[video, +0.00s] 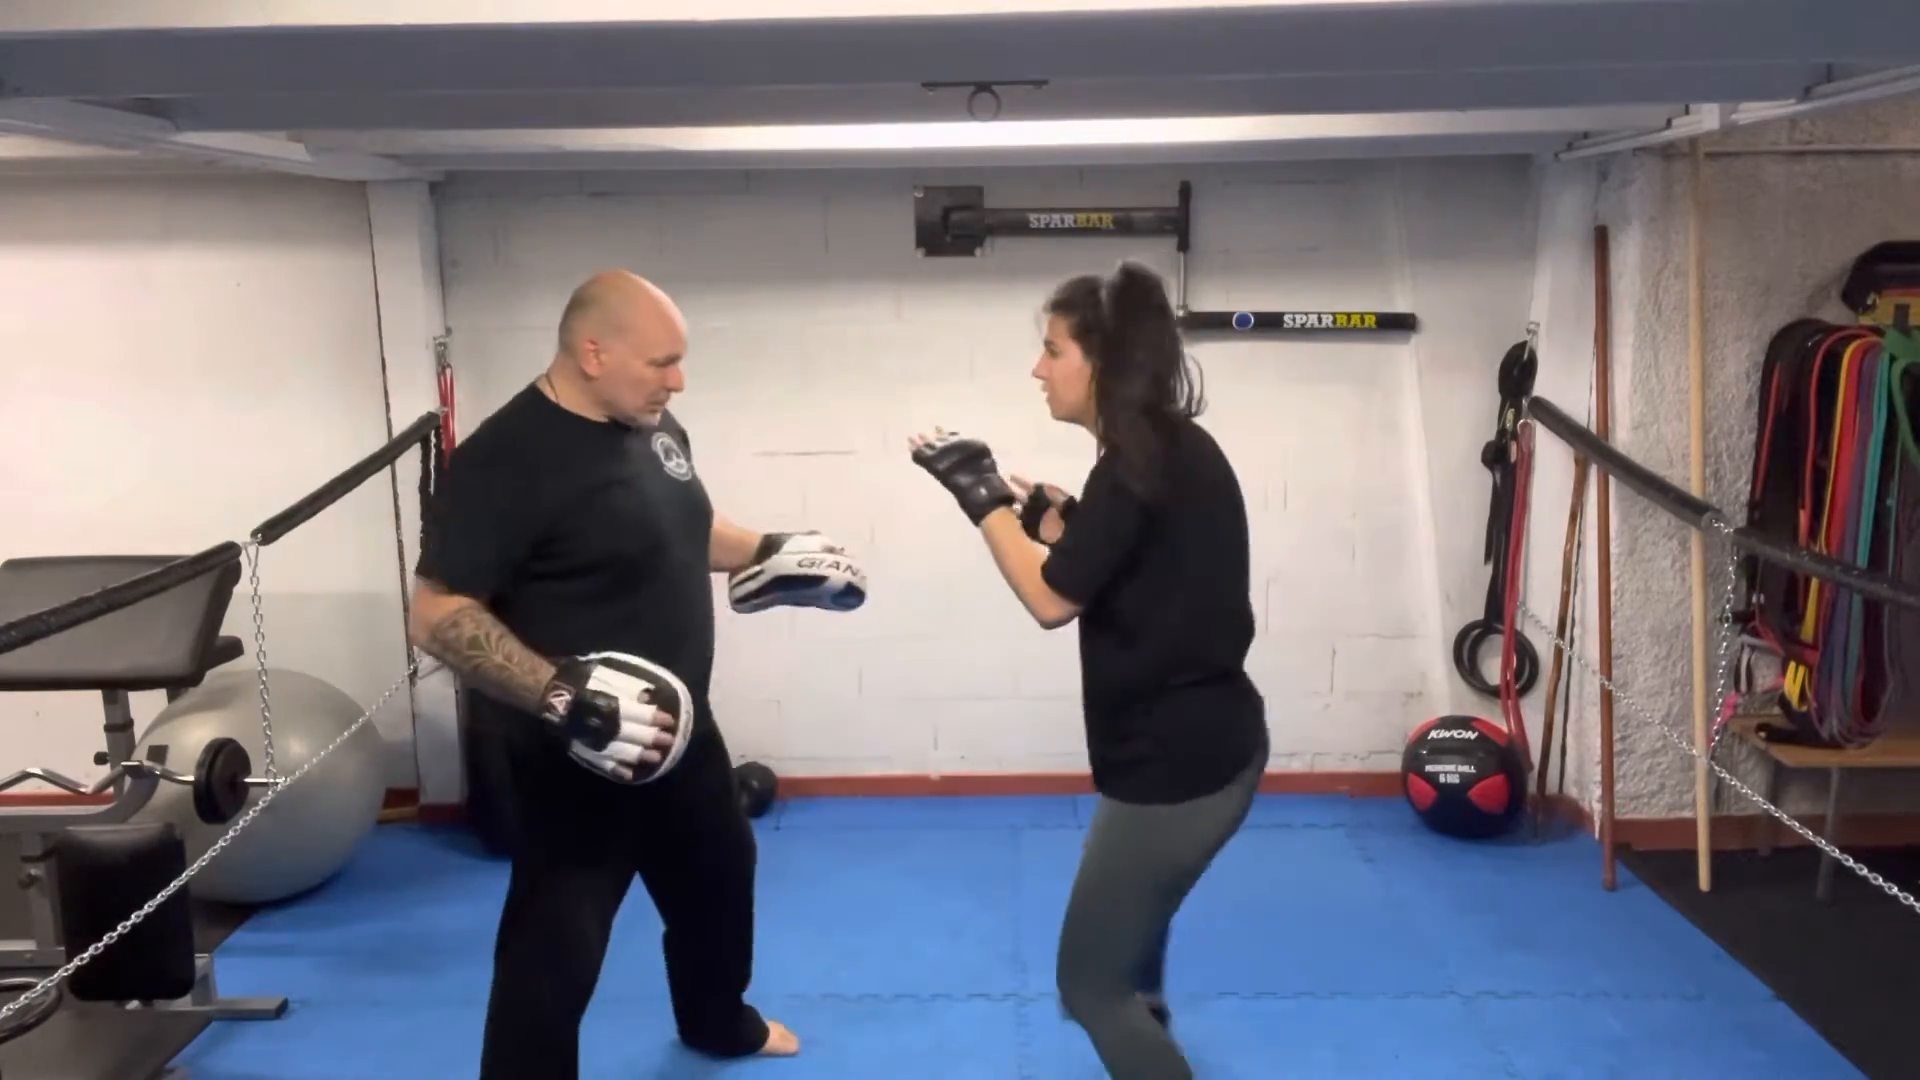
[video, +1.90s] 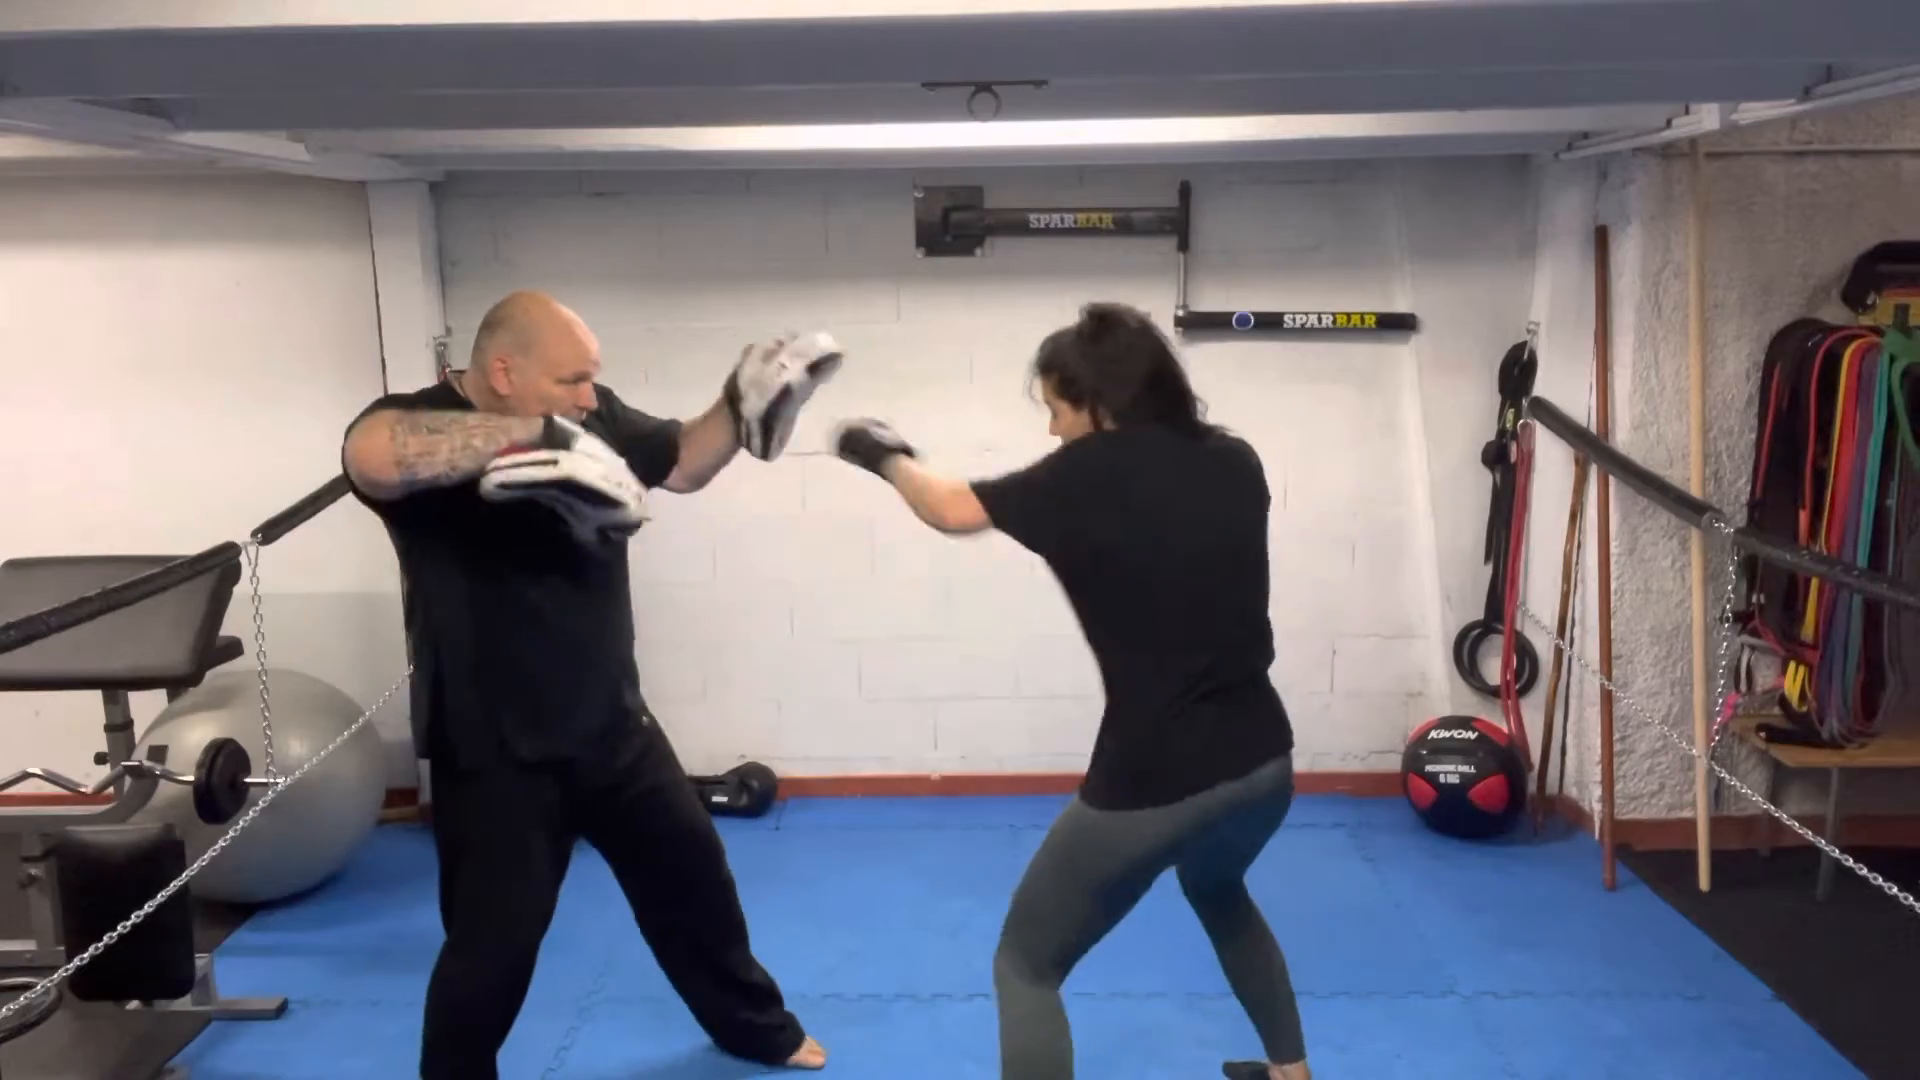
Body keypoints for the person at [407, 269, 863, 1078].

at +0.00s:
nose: (678, 380)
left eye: (680, 360)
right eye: (663, 361)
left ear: (605, 356)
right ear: (594, 353)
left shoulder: (654, 433)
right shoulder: (497, 462)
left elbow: (681, 532)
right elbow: (436, 614)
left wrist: (775, 551)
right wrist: (564, 695)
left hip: (680, 743)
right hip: (570, 762)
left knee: (717, 881)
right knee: (550, 959)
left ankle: (716, 1021)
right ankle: (526, 1070)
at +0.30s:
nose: (755, 393)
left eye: (757, 376)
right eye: (743, 376)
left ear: (689, 367)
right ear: (682, 364)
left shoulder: (704, 444)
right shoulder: (572, 436)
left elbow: (721, 546)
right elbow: (522, 576)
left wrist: (797, 574)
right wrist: (650, 648)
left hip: (669, 722)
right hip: (564, 726)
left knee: (711, 870)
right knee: (544, 918)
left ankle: (714, 1022)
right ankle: (510, 1066)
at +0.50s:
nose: (743, 395)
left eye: (745, 378)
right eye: (731, 376)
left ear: (677, 367)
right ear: (669, 363)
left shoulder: (688, 438)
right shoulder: (578, 429)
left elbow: (715, 535)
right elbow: (604, 580)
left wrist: (788, 559)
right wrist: (748, 587)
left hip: (660, 717)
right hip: (558, 725)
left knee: (698, 874)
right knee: (529, 913)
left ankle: (713, 1022)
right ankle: (465, 1071)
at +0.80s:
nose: (639, 396)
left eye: (642, 375)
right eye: (624, 375)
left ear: (567, 366)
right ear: (559, 364)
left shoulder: (605, 437)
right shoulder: (477, 452)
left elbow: (618, 557)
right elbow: (555, 593)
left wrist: (711, 551)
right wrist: (673, 522)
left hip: (627, 728)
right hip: (520, 744)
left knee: (680, 888)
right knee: (503, 940)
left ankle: (714, 1023)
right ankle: (461, 1072)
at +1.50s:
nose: (645, 394)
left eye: (647, 375)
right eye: (629, 376)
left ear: (570, 368)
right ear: (561, 367)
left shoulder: (632, 428)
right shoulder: (472, 454)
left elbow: (699, 511)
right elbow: (493, 598)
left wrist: (758, 471)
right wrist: (633, 531)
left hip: (663, 729)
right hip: (544, 751)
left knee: (727, 880)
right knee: (516, 949)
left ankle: (762, 1025)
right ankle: (461, 1076)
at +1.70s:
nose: (626, 394)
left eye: (627, 376)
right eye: (608, 377)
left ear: (552, 373)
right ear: (539, 374)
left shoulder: (623, 422)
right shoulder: (450, 437)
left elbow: (700, 478)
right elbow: (436, 531)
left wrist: (746, 407)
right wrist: (581, 474)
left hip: (653, 730)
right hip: (531, 751)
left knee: (720, 890)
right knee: (513, 953)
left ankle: (764, 1026)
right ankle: (461, 1072)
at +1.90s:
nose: (590, 396)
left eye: (593, 377)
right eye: (572, 378)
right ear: (501, 374)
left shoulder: (592, 421)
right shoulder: (419, 421)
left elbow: (679, 460)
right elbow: (370, 457)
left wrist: (741, 405)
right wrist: (539, 437)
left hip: (610, 728)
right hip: (491, 749)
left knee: (691, 873)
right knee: (492, 946)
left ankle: (752, 1024)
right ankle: (455, 1071)